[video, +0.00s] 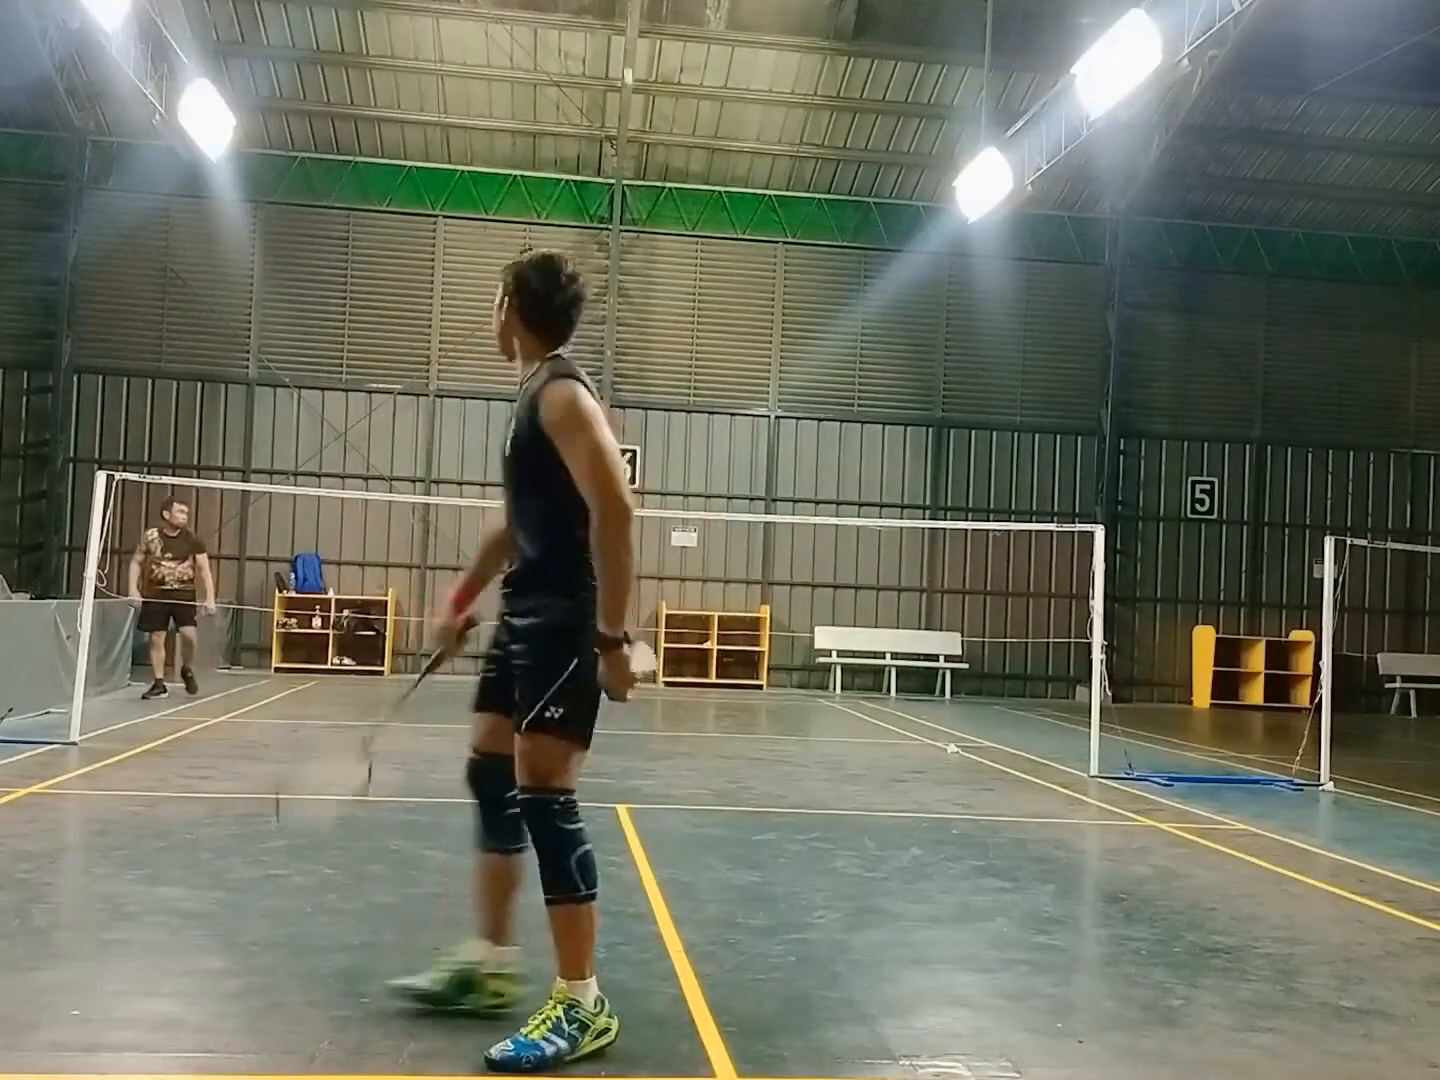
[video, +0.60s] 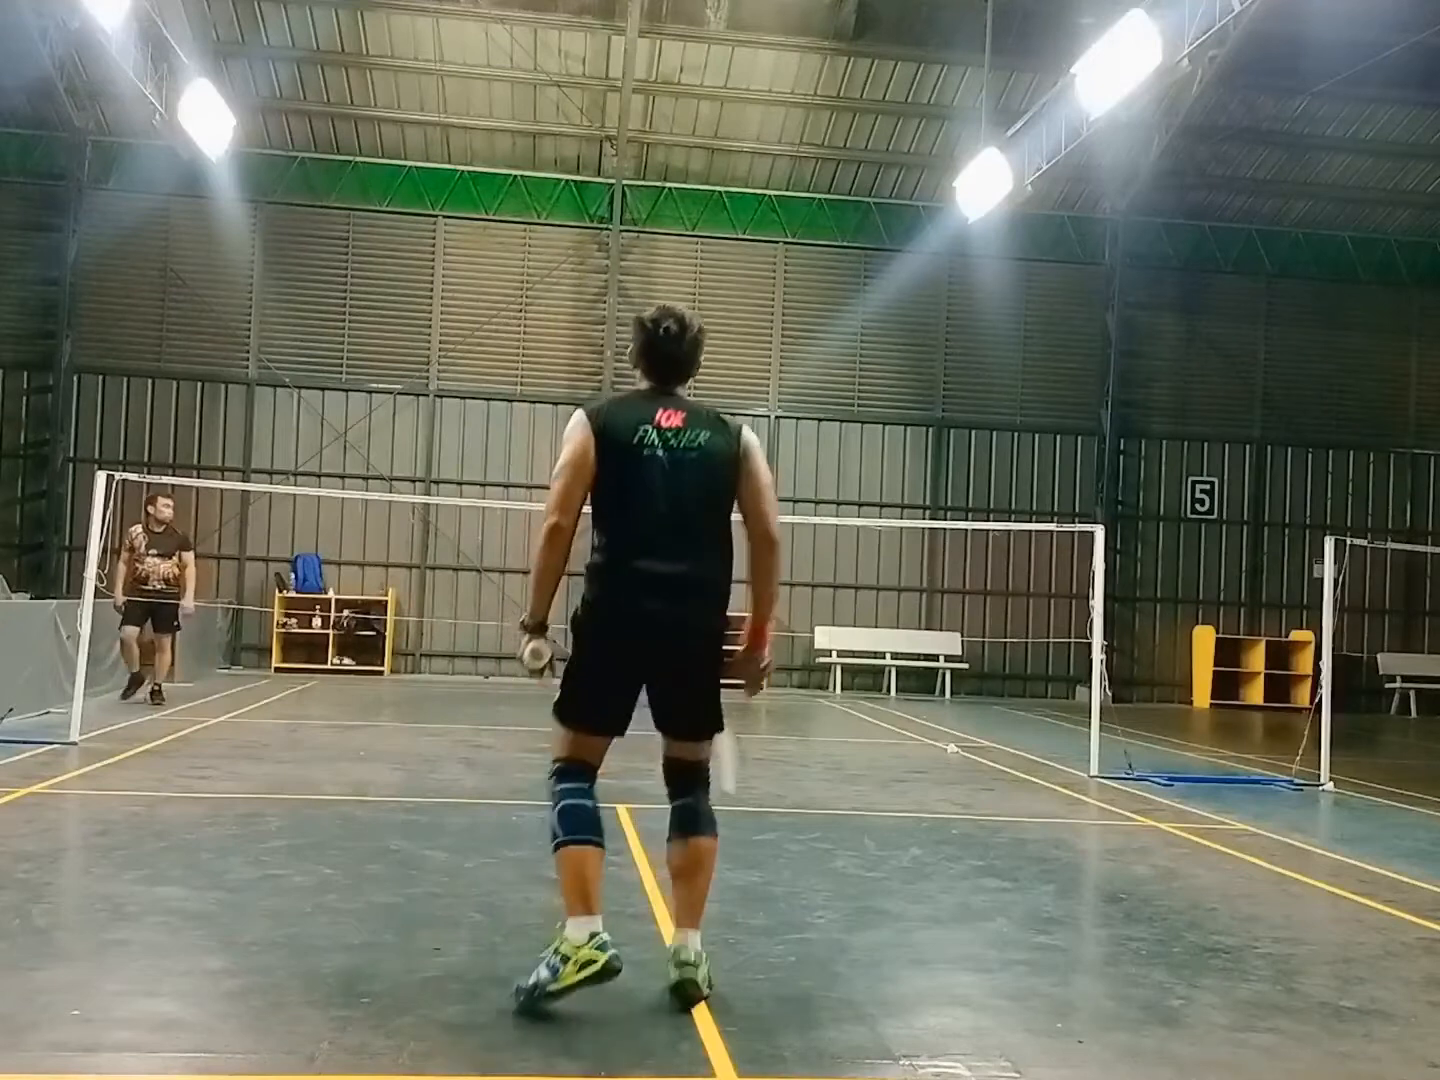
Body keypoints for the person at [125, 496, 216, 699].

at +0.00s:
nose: (184, 516)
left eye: (186, 513)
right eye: (180, 512)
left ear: (188, 516)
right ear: (166, 514)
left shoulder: (193, 542)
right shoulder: (151, 537)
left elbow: (204, 570)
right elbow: (136, 563)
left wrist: (210, 598)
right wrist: (133, 591)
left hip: (184, 595)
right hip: (156, 594)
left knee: (189, 635)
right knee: (157, 638)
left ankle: (187, 670)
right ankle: (159, 682)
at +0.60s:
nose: (170, 511)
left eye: (172, 507)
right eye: (165, 506)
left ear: (172, 510)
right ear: (150, 509)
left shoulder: (180, 539)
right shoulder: (134, 533)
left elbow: (189, 567)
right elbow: (123, 562)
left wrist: (189, 597)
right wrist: (118, 591)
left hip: (167, 599)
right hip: (137, 597)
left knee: (163, 643)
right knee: (127, 636)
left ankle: (157, 686)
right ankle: (135, 674)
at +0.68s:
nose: (164, 511)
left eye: (167, 507)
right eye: (159, 506)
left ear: (170, 511)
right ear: (145, 509)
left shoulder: (178, 538)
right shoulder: (132, 534)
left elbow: (189, 567)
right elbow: (121, 562)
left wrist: (189, 596)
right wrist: (116, 591)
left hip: (165, 599)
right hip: (135, 596)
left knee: (163, 643)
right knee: (125, 635)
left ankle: (157, 687)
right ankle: (125, 685)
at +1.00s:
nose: (129, 508)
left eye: (134, 504)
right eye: (124, 503)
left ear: (141, 507)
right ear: (117, 507)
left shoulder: (154, 535)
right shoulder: (107, 534)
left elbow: (166, 567)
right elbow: (98, 566)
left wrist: (169, 598)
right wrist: (94, 593)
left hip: (144, 599)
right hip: (113, 597)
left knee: (146, 644)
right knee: (110, 643)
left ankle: (150, 677)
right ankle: (110, 692)